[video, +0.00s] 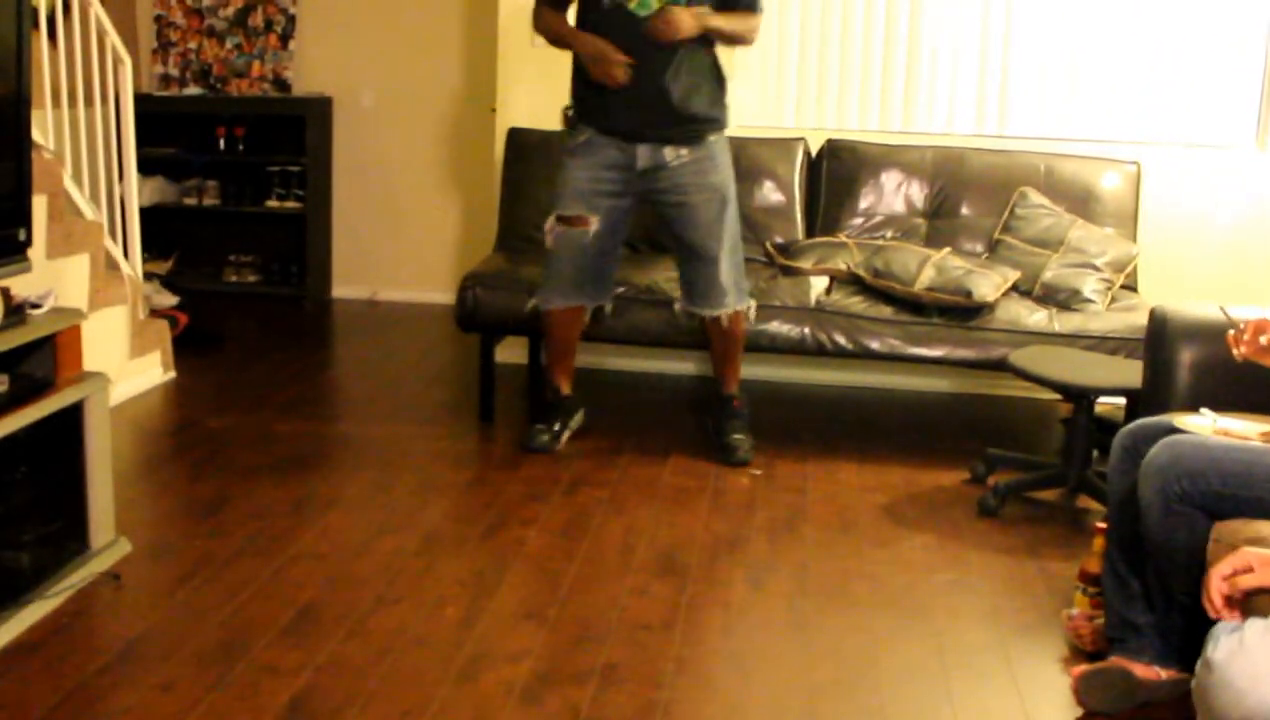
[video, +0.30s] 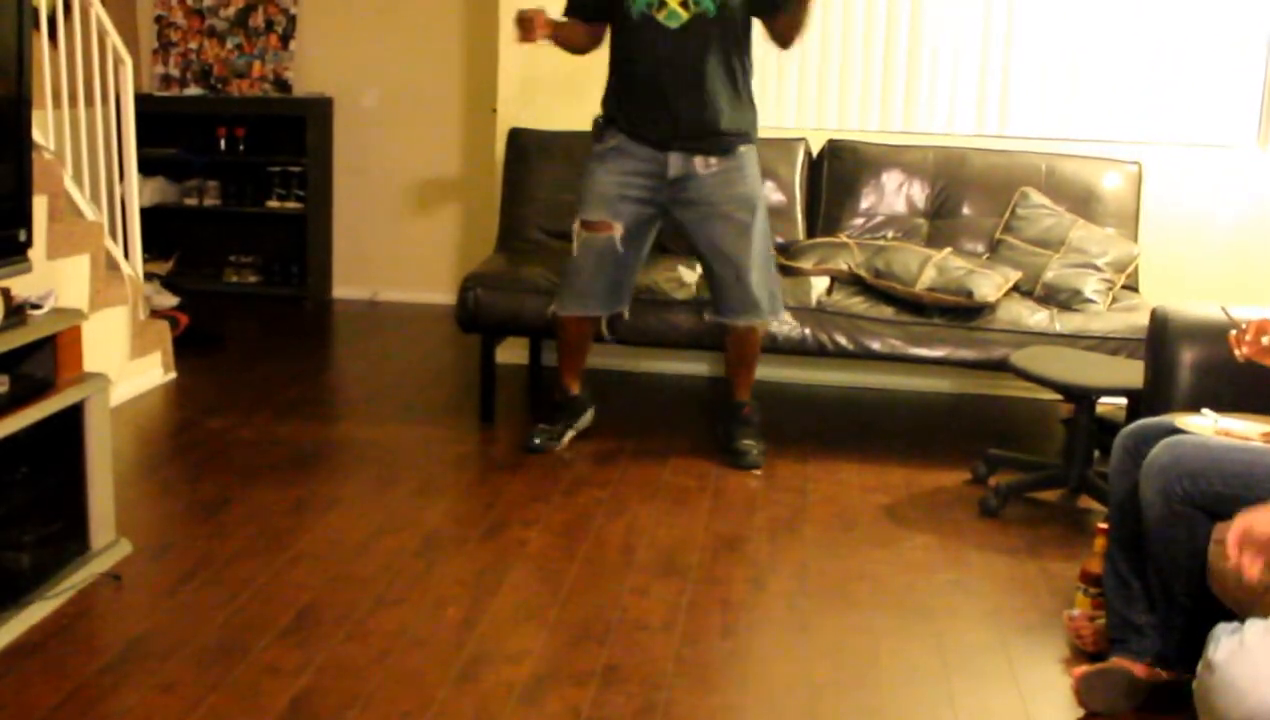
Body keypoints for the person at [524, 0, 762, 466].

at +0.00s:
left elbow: (747, 25)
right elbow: (545, 14)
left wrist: (702, 20)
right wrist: (585, 44)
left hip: (692, 137)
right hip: (599, 135)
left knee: (721, 282)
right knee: (566, 272)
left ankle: (729, 404)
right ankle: (559, 398)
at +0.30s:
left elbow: (784, 32)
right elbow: (587, 35)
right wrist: (551, 27)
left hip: (721, 146)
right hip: (628, 142)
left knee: (747, 290)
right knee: (585, 274)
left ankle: (740, 410)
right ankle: (570, 398)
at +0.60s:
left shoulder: (722, 1)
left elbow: (729, 56)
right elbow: (560, 33)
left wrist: (689, 0)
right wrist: (637, 5)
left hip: (692, 154)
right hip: (599, 150)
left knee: (726, 296)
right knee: (569, 278)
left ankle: (732, 412)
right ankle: (566, 409)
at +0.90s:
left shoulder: (742, 1)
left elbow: (814, 29)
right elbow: (560, 41)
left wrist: (790, 14)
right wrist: (581, 8)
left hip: (727, 155)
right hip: (633, 153)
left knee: (749, 301)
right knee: (595, 288)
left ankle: (751, 421)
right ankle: (576, 418)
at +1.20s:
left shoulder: (746, 21)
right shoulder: (609, 23)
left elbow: (765, 120)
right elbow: (587, 117)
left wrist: (719, 69)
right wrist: (637, 118)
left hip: (713, 226)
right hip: (623, 223)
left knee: (741, 374)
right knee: (594, 354)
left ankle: (750, 497)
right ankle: (578, 493)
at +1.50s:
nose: (666, 96)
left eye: (679, 86)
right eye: (657, 85)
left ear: (702, 94)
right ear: (642, 92)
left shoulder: (739, 170)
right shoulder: (601, 166)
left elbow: (765, 264)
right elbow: (569, 251)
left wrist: (741, 241)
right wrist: (608, 265)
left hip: (716, 367)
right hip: (623, 367)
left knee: (748, 506)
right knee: (591, 494)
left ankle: (756, 636)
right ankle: (582, 634)